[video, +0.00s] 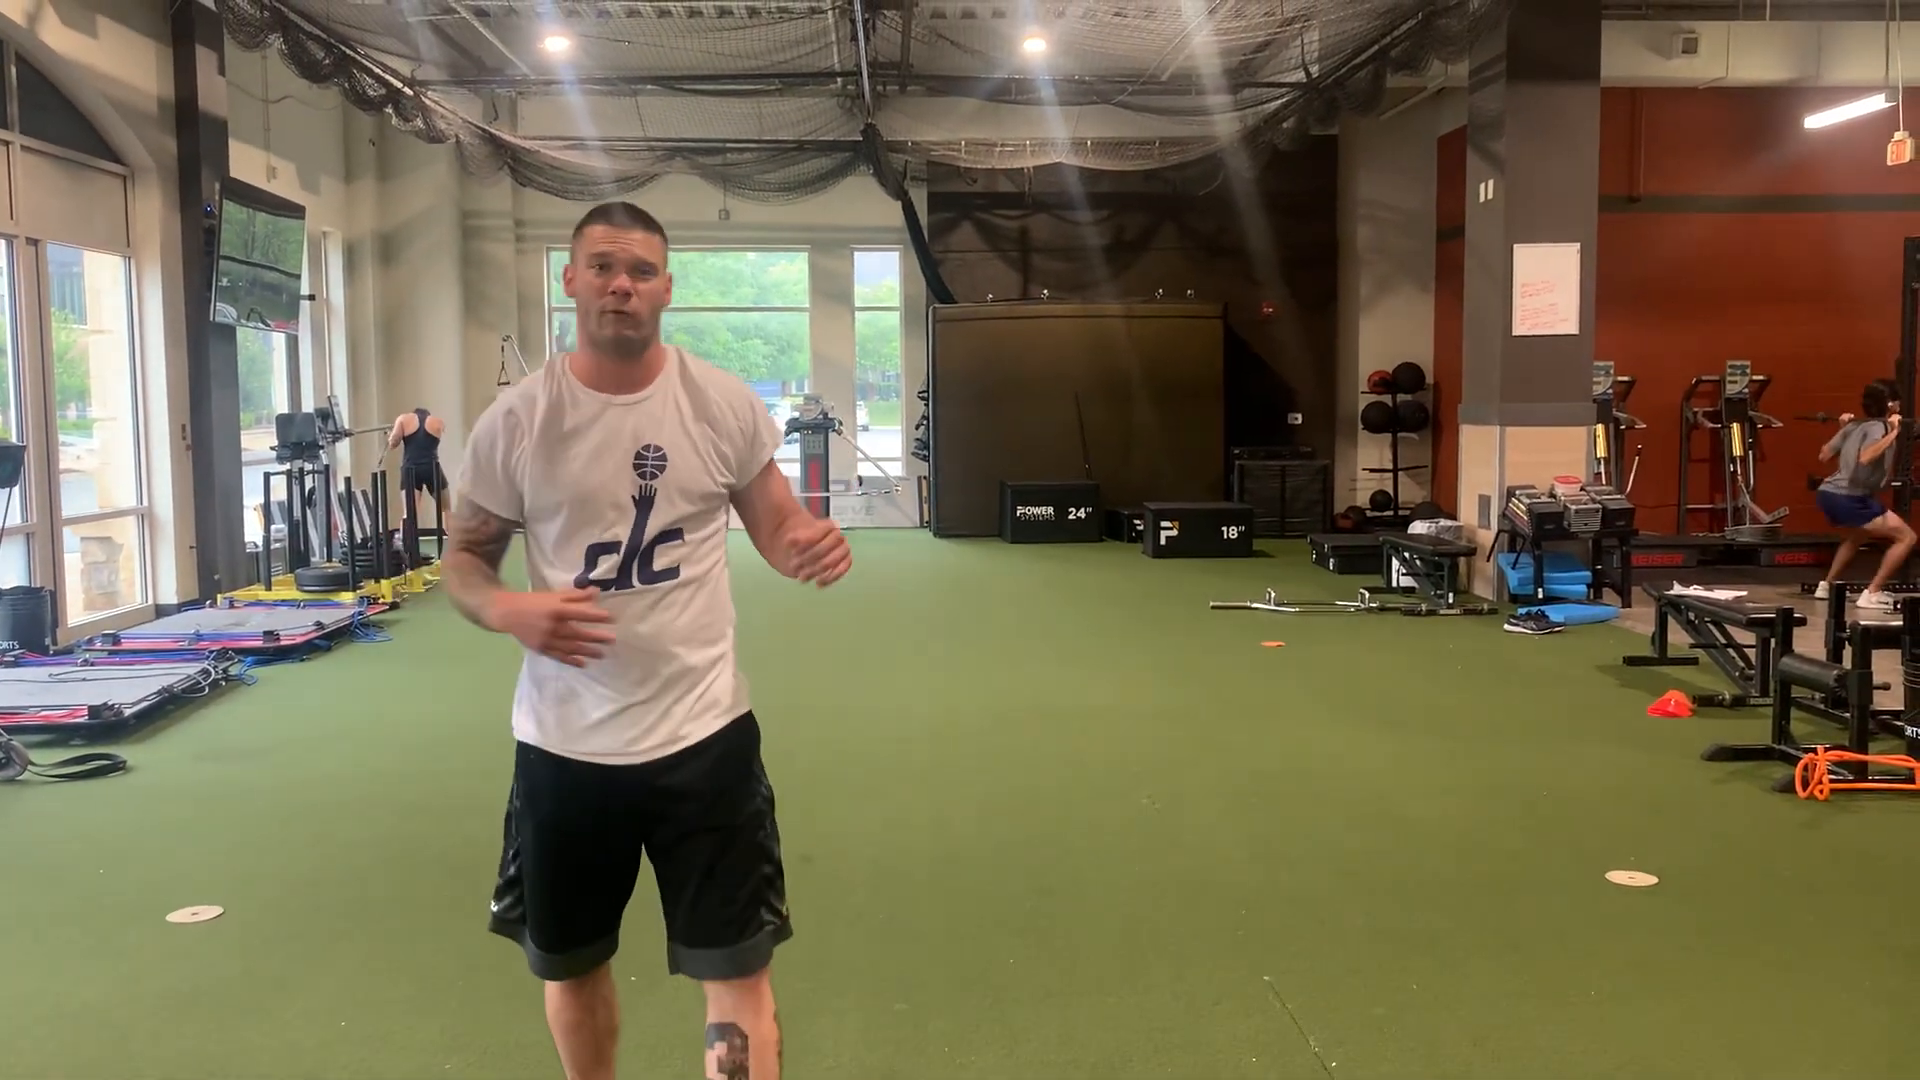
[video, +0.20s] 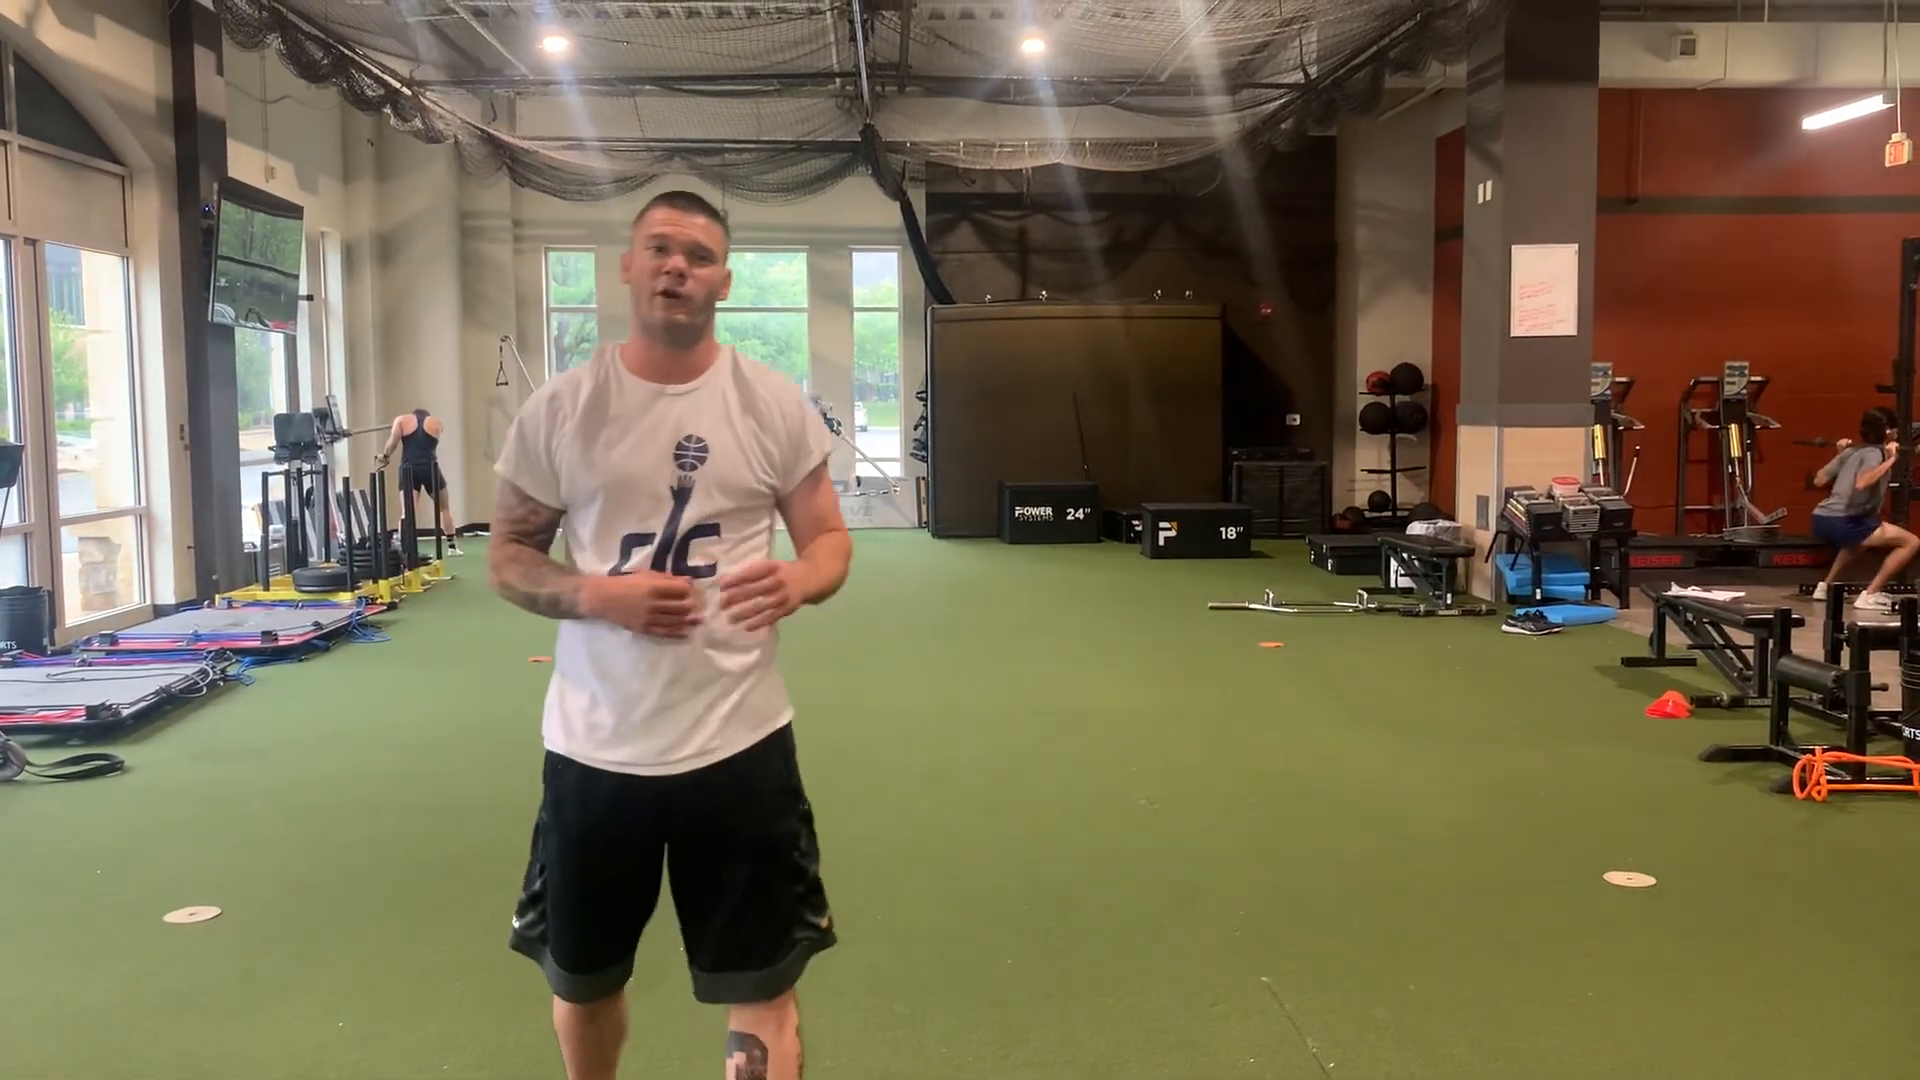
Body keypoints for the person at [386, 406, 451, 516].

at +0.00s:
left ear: (413, 413)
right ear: (428, 415)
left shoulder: (403, 419)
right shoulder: (438, 422)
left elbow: (393, 443)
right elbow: (436, 440)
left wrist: (390, 435)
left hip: (410, 470)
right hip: (432, 469)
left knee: (409, 513)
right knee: (445, 509)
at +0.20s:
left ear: (413, 413)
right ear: (428, 415)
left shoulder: (401, 420)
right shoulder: (436, 423)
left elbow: (392, 443)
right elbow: (432, 444)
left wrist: (385, 456)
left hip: (408, 470)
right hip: (429, 469)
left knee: (406, 512)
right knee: (444, 508)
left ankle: (401, 545)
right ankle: (452, 546)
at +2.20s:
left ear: (402, 428)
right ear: (418, 430)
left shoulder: (391, 436)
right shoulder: (426, 439)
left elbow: (384, 457)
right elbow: (421, 456)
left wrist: (372, 467)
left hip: (396, 485)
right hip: (418, 484)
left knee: (394, 529)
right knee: (432, 524)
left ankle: (390, 564)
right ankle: (440, 562)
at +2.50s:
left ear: (403, 429)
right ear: (419, 431)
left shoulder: (393, 436)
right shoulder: (427, 440)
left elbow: (383, 459)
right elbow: (424, 456)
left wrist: (383, 449)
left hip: (398, 485)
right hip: (419, 484)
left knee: (395, 528)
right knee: (432, 524)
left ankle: (389, 563)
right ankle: (441, 563)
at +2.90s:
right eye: (422, 435)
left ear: (405, 432)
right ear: (421, 433)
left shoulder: (394, 440)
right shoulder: (429, 443)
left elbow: (385, 462)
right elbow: (422, 461)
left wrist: (376, 473)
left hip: (399, 488)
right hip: (420, 487)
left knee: (396, 532)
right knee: (433, 528)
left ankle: (392, 567)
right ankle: (442, 566)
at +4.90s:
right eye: (423, 433)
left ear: (407, 433)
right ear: (424, 434)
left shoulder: (398, 449)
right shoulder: (432, 451)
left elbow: (390, 473)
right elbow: (429, 470)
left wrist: (387, 467)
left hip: (404, 496)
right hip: (425, 495)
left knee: (401, 539)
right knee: (439, 535)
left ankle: (396, 573)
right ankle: (448, 573)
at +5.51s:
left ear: (414, 437)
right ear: (431, 437)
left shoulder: (405, 453)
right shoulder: (440, 455)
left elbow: (398, 476)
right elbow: (434, 473)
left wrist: (388, 491)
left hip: (411, 499)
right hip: (432, 498)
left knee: (408, 543)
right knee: (446, 538)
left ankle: (404, 577)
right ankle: (455, 576)